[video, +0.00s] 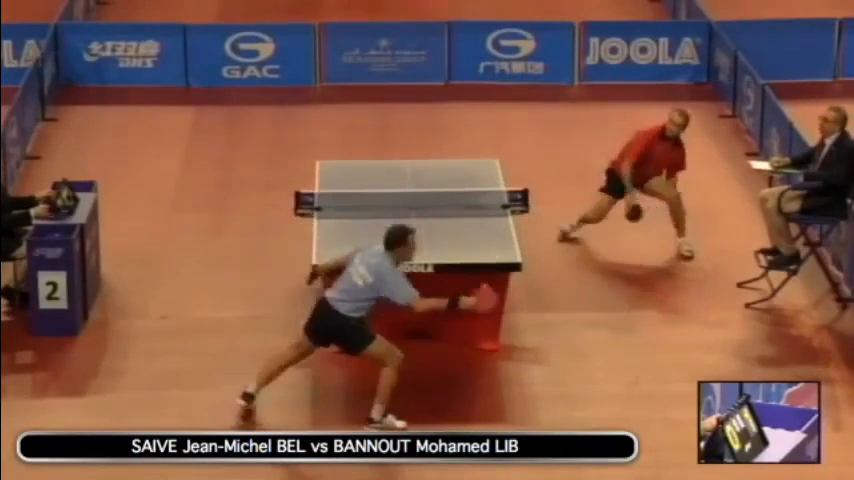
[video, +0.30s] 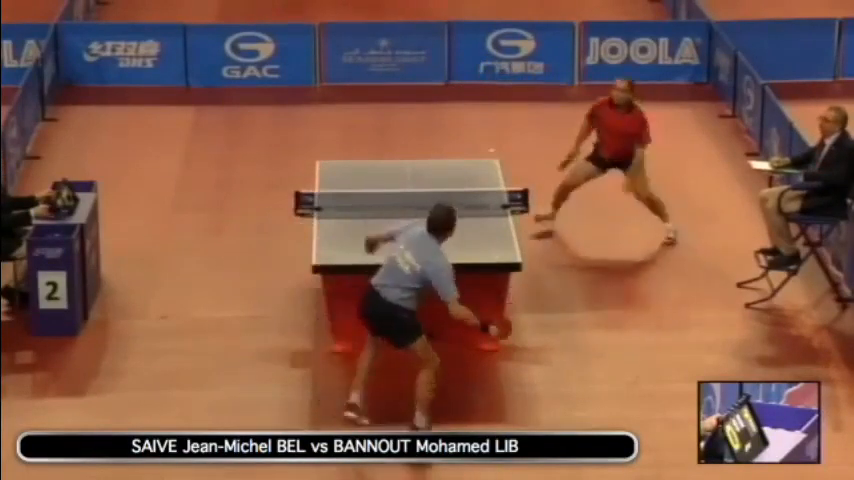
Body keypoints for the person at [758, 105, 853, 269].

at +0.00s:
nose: (821, 123)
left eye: (826, 121)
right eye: (821, 119)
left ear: (838, 126)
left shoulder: (846, 147)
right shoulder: (826, 141)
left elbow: (837, 177)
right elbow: (807, 158)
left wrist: (806, 175)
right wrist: (786, 163)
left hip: (830, 199)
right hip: (815, 191)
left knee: (773, 205)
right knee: (766, 197)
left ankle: (789, 254)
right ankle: (780, 247)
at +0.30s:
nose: (821, 123)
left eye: (826, 120)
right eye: (821, 119)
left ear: (838, 126)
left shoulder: (846, 147)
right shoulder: (826, 141)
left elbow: (837, 178)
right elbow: (807, 158)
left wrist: (805, 175)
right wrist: (786, 162)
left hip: (830, 199)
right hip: (815, 191)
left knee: (773, 204)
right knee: (765, 197)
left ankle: (789, 254)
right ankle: (780, 247)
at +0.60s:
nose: (820, 123)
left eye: (825, 120)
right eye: (821, 119)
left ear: (837, 125)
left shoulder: (846, 147)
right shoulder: (826, 141)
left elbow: (837, 178)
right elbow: (807, 158)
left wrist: (806, 175)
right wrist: (786, 162)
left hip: (829, 199)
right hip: (815, 191)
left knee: (773, 204)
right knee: (765, 197)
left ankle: (789, 253)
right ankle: (780, 247)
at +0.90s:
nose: (820, 123)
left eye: (825, 120)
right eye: (821, 119)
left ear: (837, 125)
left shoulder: (846, 147)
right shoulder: (826, 141)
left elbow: (837, 177)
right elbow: (807, 158)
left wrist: (805, 175)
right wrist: (786, 162)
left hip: (829, 199)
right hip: (815, 191)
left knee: (773, 204)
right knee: (765, 197)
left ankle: (789, 253)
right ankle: (780, 247)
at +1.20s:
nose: (821, 123)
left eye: (826, 121)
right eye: (821, 119)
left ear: (838, 126)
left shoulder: (846, 147)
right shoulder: (826, 141)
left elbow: (837, 178)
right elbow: (807, 158)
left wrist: (805, 175)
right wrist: (786, 162)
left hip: (830, 199)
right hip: (815, 191)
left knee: (773, 204)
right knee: (765, 197)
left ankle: (789, 254)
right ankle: (780, 247)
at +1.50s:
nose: (821, 124)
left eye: (827, 121)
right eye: (821, 120)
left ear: (839, 126)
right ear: (819, 120)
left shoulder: (846, 147)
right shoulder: (825, 141)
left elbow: (837, 178)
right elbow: (807, 158)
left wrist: (806, 175)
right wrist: (786, 163)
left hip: (830, 199)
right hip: (814, 191)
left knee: (773, 205)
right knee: (765, 197)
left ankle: (790, 253)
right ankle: (780, 247)